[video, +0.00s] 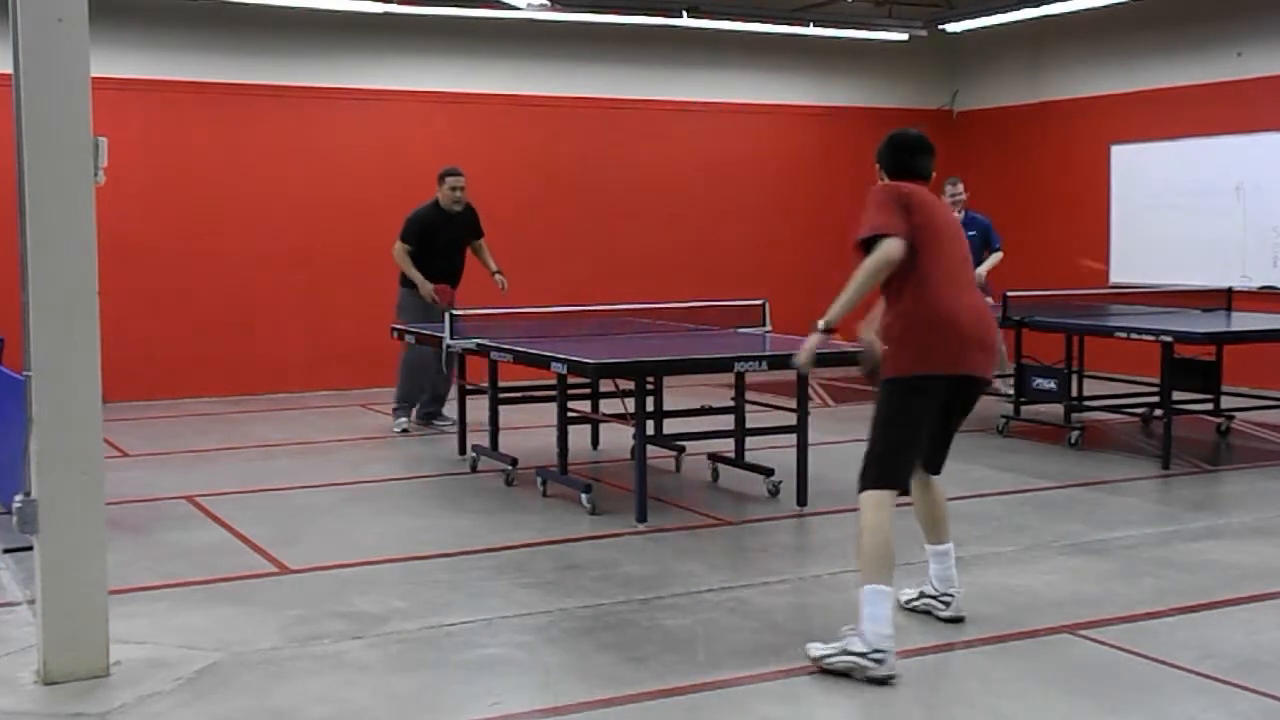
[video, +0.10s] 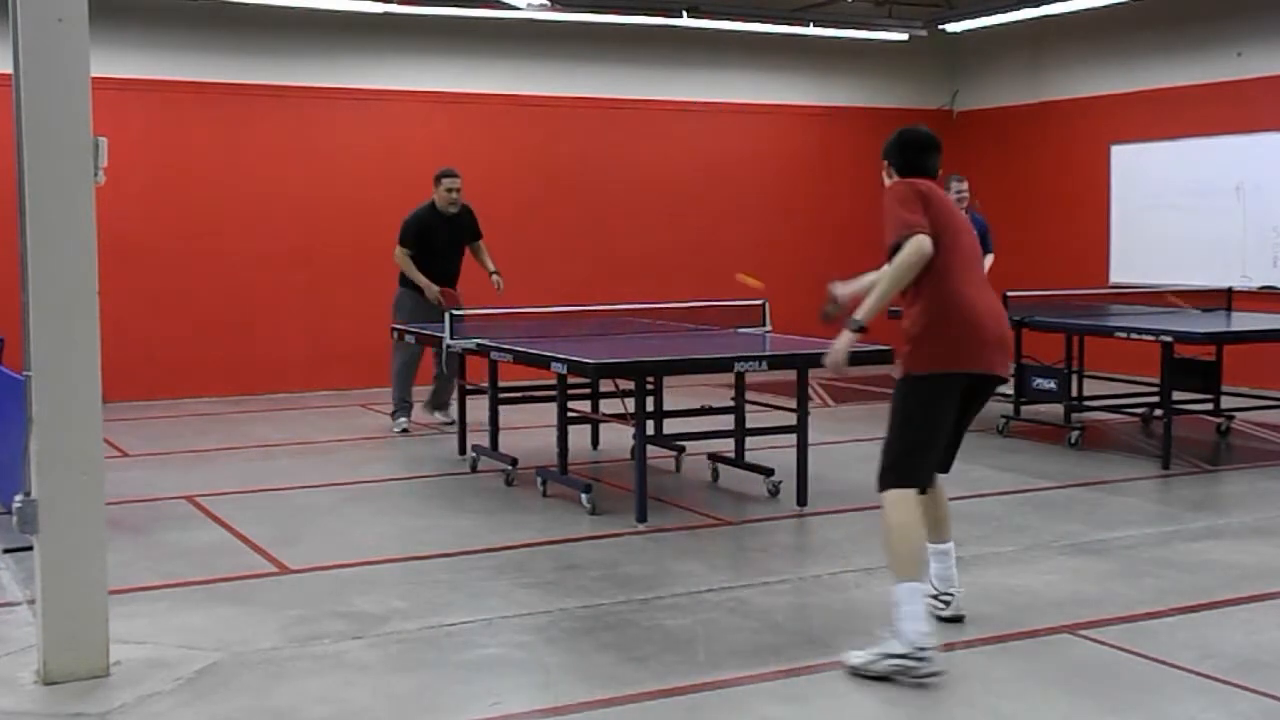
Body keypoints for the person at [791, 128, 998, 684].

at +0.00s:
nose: (875, 176)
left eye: (875, 169)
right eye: (881, 169)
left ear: (882, 170)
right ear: (928, 172)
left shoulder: (890, 193)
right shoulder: (946, 213)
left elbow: (891, 251)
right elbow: (936, 292)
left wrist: (822, 327)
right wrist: (877, 337)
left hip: (921, 354)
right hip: (976, 354)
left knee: (877, 488)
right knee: (924, 469)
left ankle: (873, 641)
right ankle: (943, 591)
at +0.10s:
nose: (882, 175)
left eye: (882, 168)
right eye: (884, 168)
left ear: (889, 169)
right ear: (936, 168)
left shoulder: (903, 191)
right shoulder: (950, 205)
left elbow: (919, 246)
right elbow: (922, 267)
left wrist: (853, 329)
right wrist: (855, 286)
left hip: (941, 352)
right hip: (986, 351)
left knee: (899, 482)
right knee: (927, 471)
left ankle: (911, 640)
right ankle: (944, 590)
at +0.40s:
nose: (916, 177)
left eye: (915, 169)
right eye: (916, 170)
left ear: (925, 170)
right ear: (971, 167)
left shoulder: (941, 208)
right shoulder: (997, 215)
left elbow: (944, 294)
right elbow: (985, 296)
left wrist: (887, 365)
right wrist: (907, 317)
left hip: (978, 382)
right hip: (1018, 375)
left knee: (971, 523)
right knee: (936, 452)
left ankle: (1099, 640)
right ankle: (942, 589)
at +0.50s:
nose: (920, 184)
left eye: (922, 177)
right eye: (922, 176)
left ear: (931, 180)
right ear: (978, 178)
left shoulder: (942, 225)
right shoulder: (1006, 224)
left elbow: (936, 317)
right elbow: (1019, 312)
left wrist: (888, 389)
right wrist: (961, 381)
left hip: (985, 391)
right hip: (1032, 383)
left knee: (981, 541)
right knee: (952, 449)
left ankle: (1107, 650)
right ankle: (949, 586)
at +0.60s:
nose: (927, 183)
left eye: (928, 175)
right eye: (928, 175)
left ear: (938, 178)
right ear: (985, 177)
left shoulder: (943, 227)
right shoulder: (1014, 227)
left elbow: (929, 323)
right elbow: (1022, 310)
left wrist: (891, 391)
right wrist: (951, 365)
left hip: (977, 392)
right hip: (1028, 384)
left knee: (985, 542)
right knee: (978, 473)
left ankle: (1106, 648)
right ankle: (978, 585)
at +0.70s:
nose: (930, 168)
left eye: (932, 160)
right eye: (933, 159)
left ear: (942, 167)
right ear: (989, 169)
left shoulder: (936, 217)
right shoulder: (1015, 220)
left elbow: (927, 307)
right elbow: (1029, 304)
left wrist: (893, 386)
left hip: (962, 390)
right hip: (1015, 387)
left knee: (947, 529)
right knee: (972, 484)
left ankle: (1060, 615)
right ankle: (991, 592)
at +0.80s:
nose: (930, 163)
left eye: (931, 156)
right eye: (933, 155)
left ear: (941, 160)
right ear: (986, 161)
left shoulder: (932, 209)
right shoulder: (1009, 213)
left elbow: (918, 298)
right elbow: (1032, 298)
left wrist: (885, 379)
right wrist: (976, 322)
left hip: (946, 377)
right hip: (1002, 378)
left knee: (908, 509)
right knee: (961, 487)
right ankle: (991, 596)